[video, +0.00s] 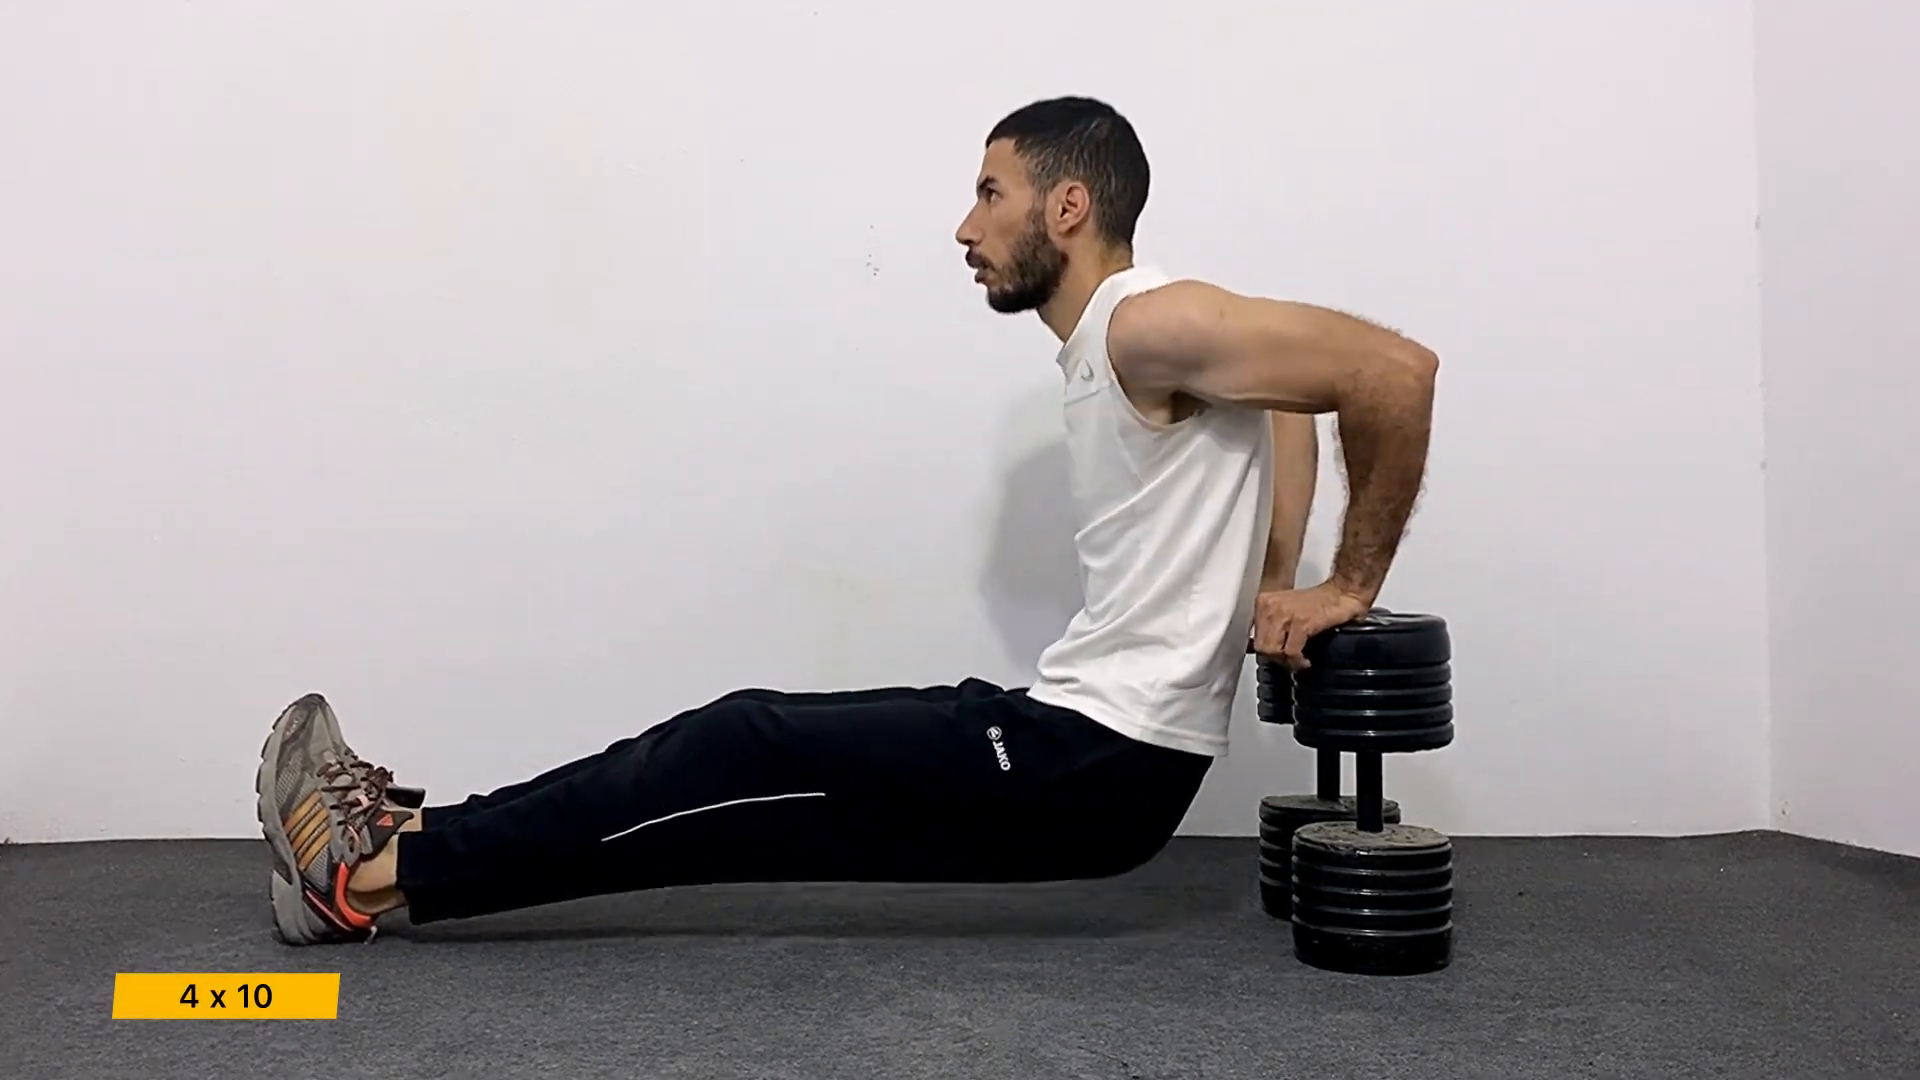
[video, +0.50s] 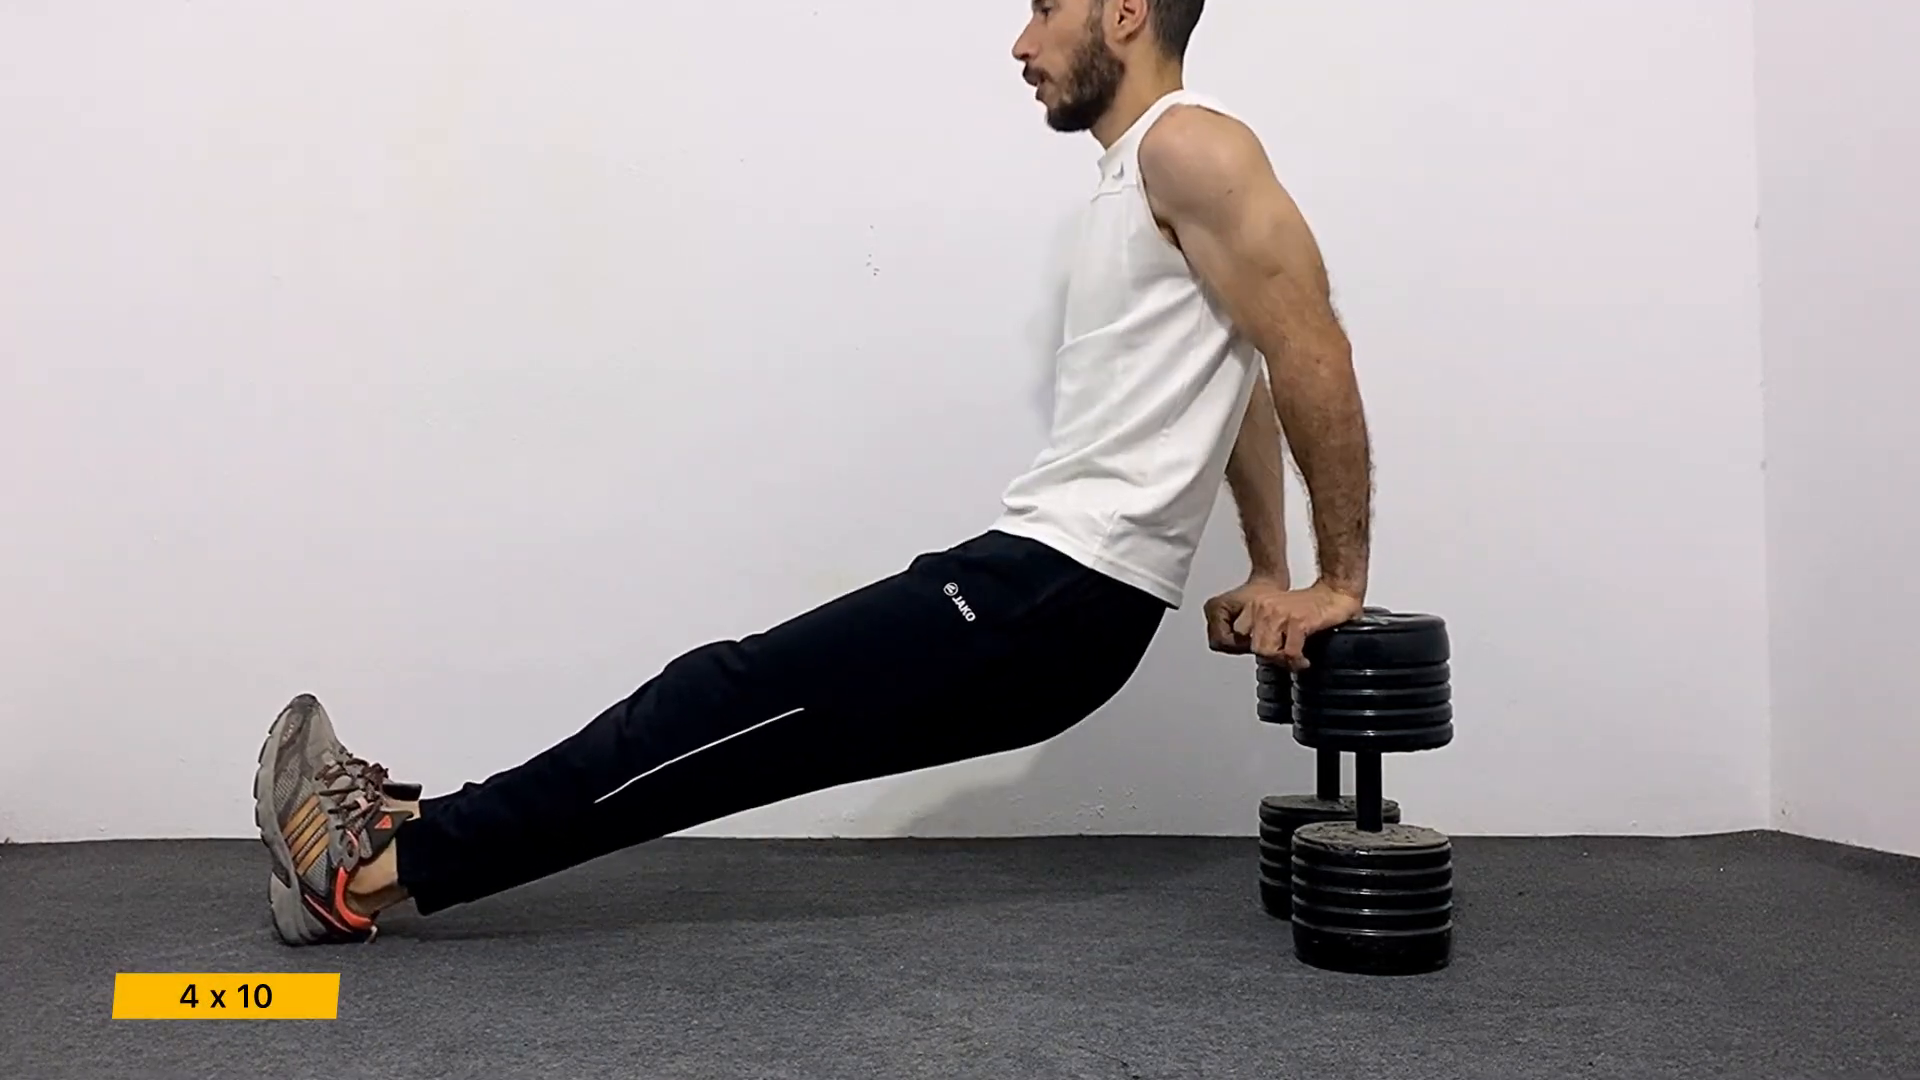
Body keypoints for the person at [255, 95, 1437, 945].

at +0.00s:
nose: (966, 228)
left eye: (989, 196)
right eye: (974, 199)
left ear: (1075, 205)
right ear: (1078, 208)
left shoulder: (1144, 326)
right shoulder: (1123, 322)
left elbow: (1397, 373)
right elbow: (1293, 383)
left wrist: (1352, 589)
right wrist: (1278, 569)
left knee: (735, 752)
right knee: (734, 748)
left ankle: (389, 876)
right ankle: (421, 843)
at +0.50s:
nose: (1021, 43)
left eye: (1042, 13)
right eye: (1027, 16)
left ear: (1128, 17)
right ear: (1112, 24)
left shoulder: (1189, 144)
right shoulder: (1146, 168)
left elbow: (1313, 350)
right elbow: (1244, 383)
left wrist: (1346, 579)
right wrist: (1263, 572)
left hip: (1063, 590)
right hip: (1041, 576)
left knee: (721, 714)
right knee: (715, 700)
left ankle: (379, 877)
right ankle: (412, 843)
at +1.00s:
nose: (992, 181)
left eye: (1013, 149)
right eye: (998, 152)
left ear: (1100, 159)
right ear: (1103, 164)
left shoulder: (1163, 286)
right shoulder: (1138, 294)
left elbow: (1395, 368)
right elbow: (1302, 374)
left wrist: (1354, 586)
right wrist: (1281, 572)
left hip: (1101, 720)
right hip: (1077, 702)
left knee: (737, 749)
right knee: (735, 745)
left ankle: (390, 871)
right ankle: (408, 854)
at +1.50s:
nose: (972, 276)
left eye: (995, 244)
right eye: (980, 246)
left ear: (1078, 251)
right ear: (1083, 253)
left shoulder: (1143, 370)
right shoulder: (1138, 373)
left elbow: (1401, 381)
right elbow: (1300, 412)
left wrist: (1354, 592)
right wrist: (1279, 580)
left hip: (1095, 808)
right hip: (1092, 799)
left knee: (737, 756)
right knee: (726, 821)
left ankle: (381, 873)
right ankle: (417, 848)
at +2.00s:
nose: (1000, 104)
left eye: (1023, 74)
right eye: (1006, 76)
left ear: (1102, 83)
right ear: (1095, 90)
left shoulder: (1172, 207)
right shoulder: (1144, 231)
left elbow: (1355, 358)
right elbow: (1276, 400)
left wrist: (1351, 585)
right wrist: (1269, 580)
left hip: (1084, 647)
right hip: (1071, 636)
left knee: (723, 724)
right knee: (724, 715)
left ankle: (390, 875)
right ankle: (416, 849)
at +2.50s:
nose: (1015, 66)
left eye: (1036, 36)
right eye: (1021, 39)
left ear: (1120, 40)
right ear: (1109, 46)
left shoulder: (1188, 164)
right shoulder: (1151, 189)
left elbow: (1334, 350)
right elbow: (1262, 389)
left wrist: (1351, 583)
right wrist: (1267, 578)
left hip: (1074, 617)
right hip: (1051, 599)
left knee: (722, 719)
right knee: (715, 707)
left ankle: (388, 874)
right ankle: (414, 843)